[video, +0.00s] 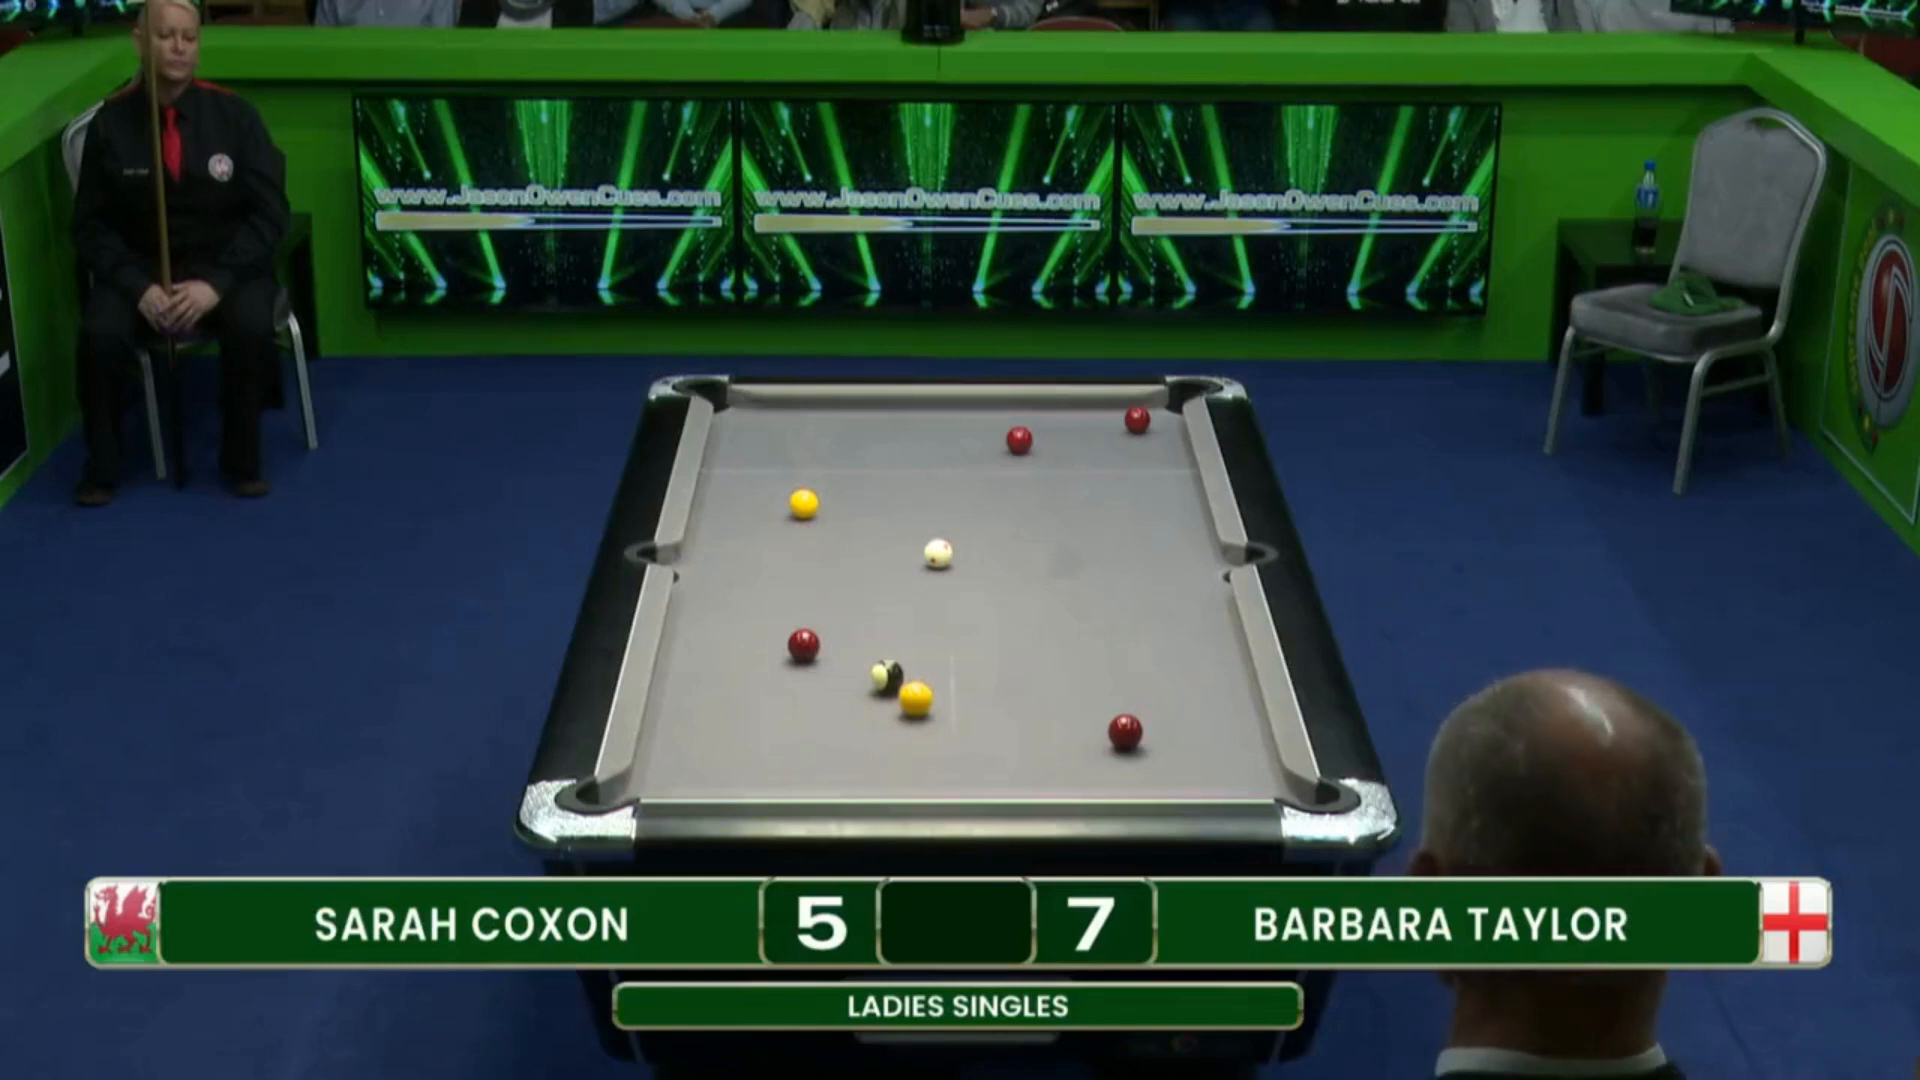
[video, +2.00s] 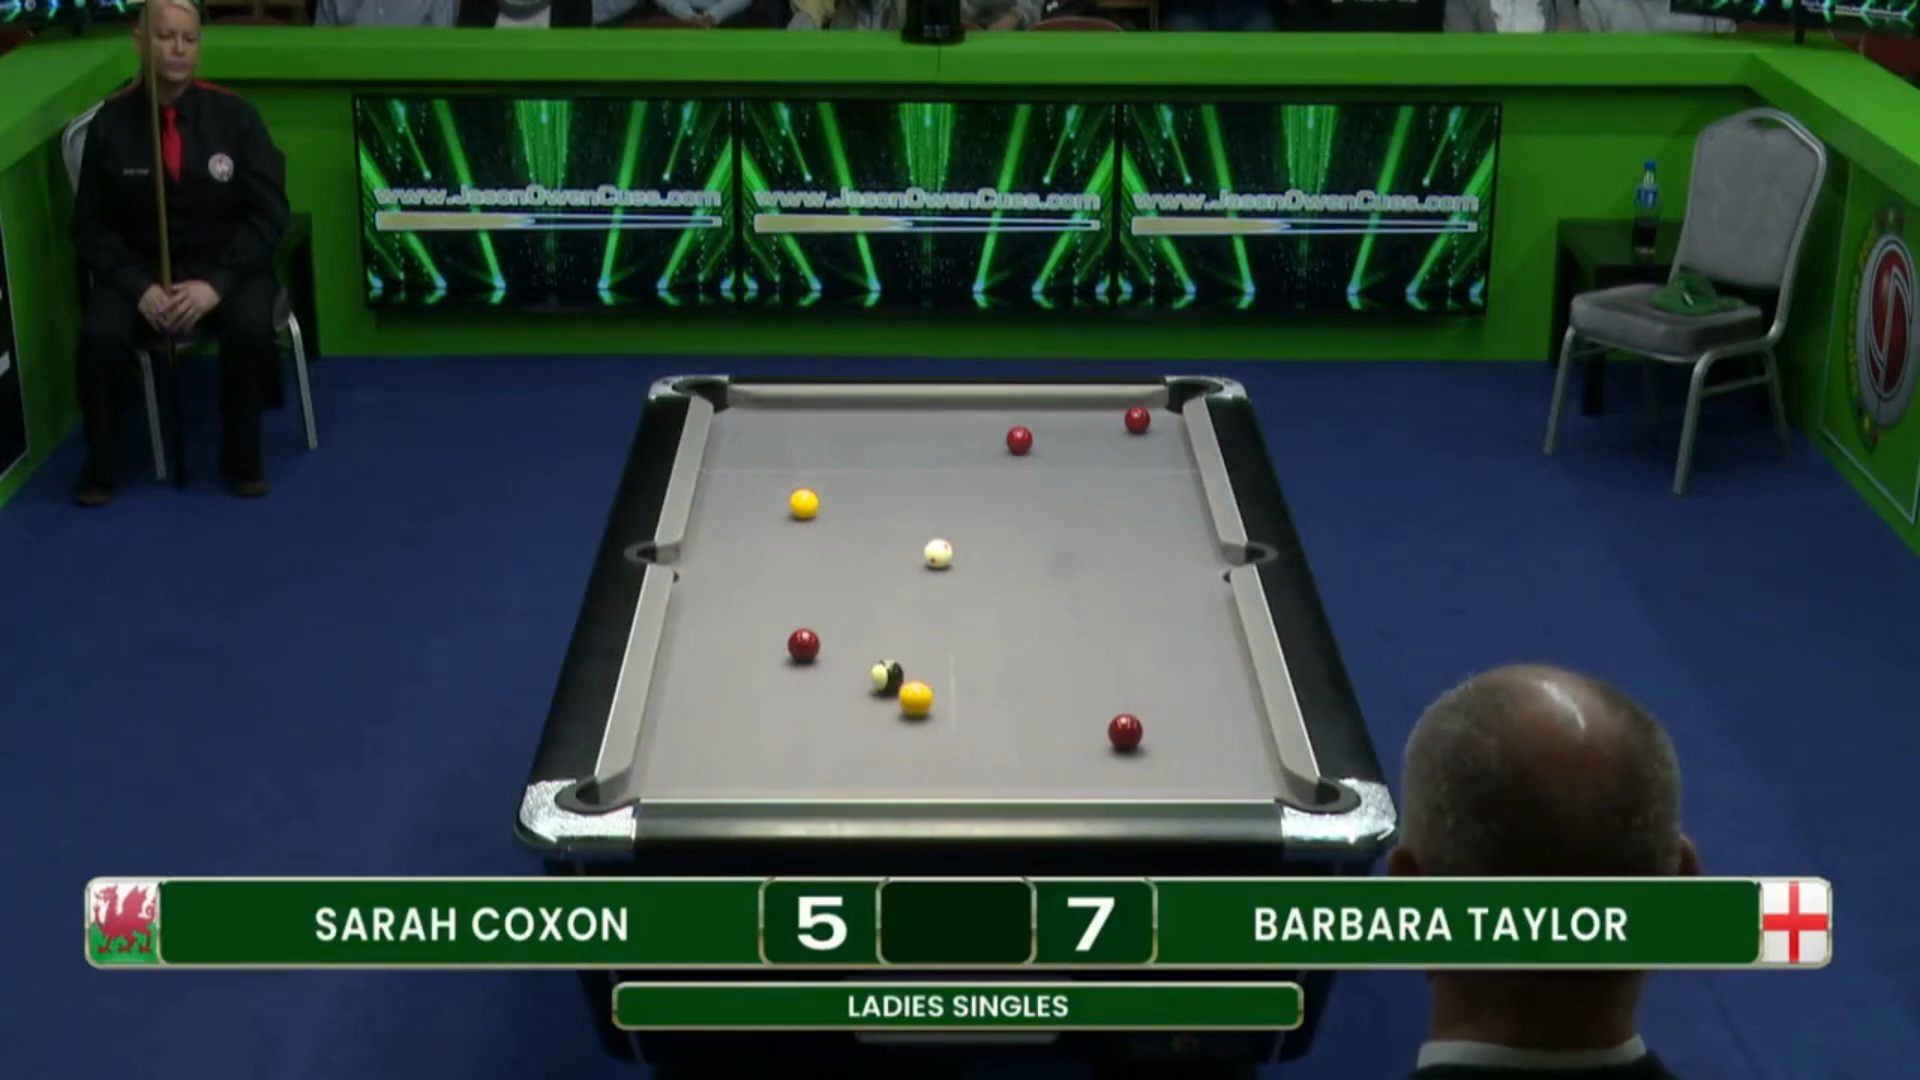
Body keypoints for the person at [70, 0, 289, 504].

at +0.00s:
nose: (180, 48)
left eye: (189, 37)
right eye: (166, 36)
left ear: (199, 44)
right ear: (141, 41)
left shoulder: (235, 115)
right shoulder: (111, 121)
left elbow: (269, 214)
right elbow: (90, 226)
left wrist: (213, 283)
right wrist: (140, 287)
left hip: (221, 267)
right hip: (138, 274)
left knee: (248, 327)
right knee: (102, 333)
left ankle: (243, 462)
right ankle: (101, 468)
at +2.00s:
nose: (179, 49)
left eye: (189, 38)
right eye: (166, 37)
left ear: (199, 45)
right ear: (141, 41)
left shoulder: (235, 115)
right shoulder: (111, 121)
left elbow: (269, 214)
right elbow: (90, 226)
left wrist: (213, 283)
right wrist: (140, 287)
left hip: (221, 266)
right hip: (138, 273)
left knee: (249, 329)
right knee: (101, 335)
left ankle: (243, 461)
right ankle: (101, 467)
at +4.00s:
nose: (179, 48)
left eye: (189, 38)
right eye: (165, 36)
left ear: (200, 44)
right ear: (141, 41)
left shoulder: (234, 115)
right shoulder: (112, 121)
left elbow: (269, 215)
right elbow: (90, 226)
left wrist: (214, 284)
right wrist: (140, 287)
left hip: (221, 267)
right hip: (139, 273)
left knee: (248, 328)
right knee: (101, 335)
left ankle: (243, 463)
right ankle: (101, 469)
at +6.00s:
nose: (179, 49)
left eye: (189, 38)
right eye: (165, 37)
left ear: (199, 44)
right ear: (140, 42)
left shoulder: (234, 116)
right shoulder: (111, 122)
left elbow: (269, 215)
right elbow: (90, 226)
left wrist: (214, 284)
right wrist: (140, 287)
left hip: (221, 267)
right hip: (138, 274)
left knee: (248, 328)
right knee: (101, 336)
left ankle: (243, 463)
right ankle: (101, 469)